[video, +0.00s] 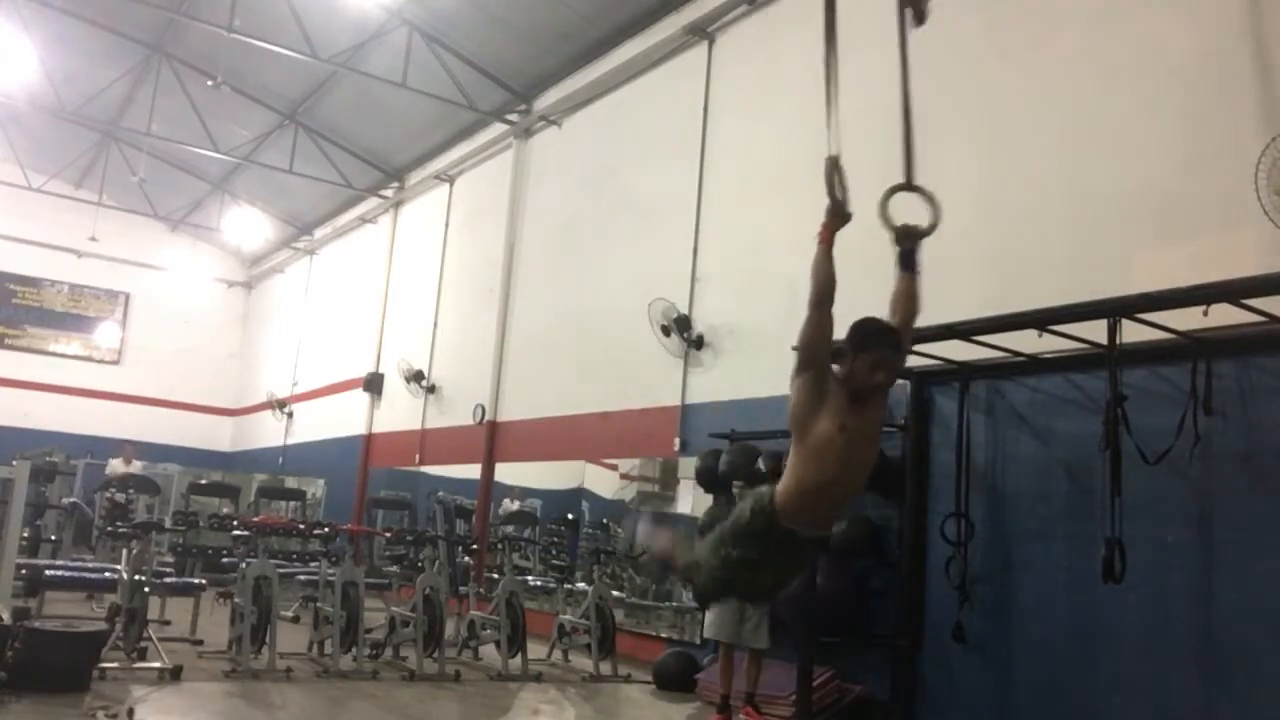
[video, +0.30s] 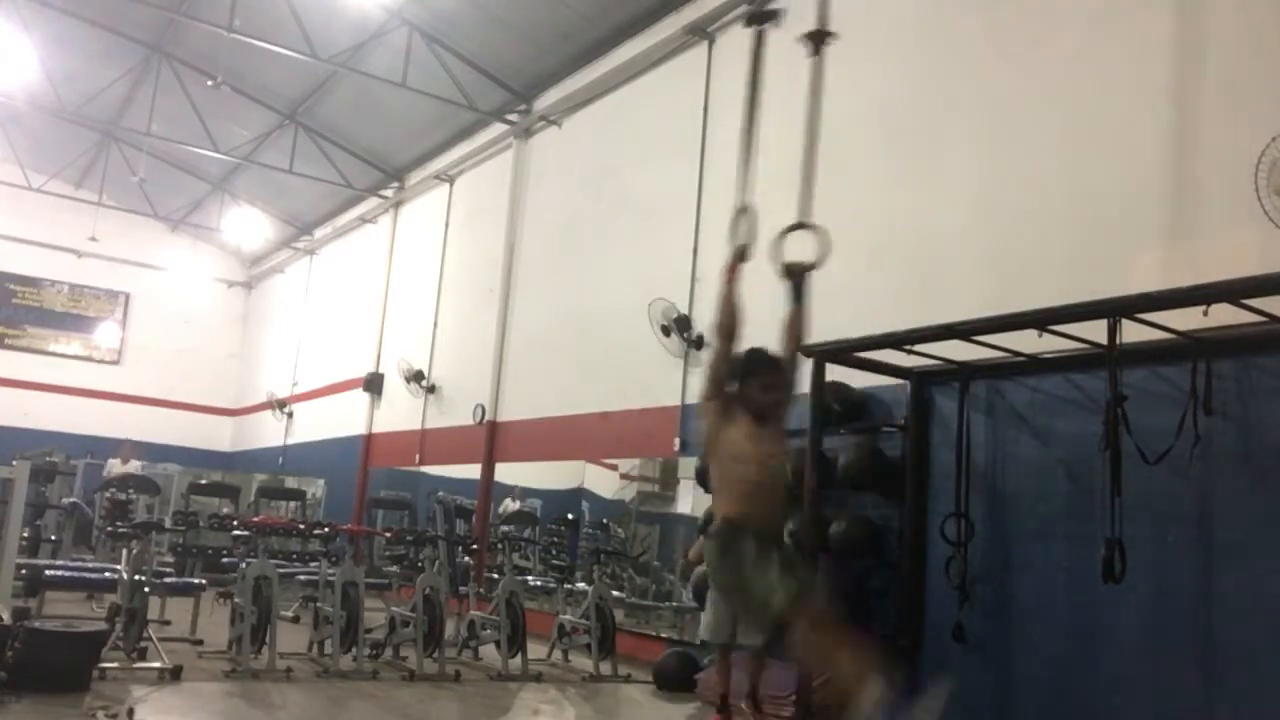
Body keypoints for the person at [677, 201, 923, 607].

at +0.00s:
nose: (882, 379)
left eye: (889, 370)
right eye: (873, 367)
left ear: (894, 370)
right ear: (848, 360)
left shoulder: (877, 395)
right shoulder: (816, 393)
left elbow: (903, 324)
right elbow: (820, 307)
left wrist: (908, 253)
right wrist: (827, 235)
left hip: (808, 541)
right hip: (767, 524)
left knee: (751, 593)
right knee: (704, 577)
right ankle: (654, 536)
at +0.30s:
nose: (772, 397)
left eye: (777, 389)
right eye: (764, 389)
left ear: (783, 389)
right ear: (742, 387)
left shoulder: (774, 421)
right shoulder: (722, 417)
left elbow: (791, 352)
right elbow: (725, 340)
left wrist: (798, 289)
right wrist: (731, 276)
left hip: (767, 541)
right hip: (730, 539)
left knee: (761, 634)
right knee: (726, 632)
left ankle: (752, 700)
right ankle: (723, 704)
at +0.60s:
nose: (682, 322)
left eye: (683, 319)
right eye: (673, 320)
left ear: (689, 325)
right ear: (659, 334)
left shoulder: (711, 350)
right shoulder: (673, 363)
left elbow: (768, 339)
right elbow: (648, 316)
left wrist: (766, 294)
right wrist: (659, 262)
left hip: (786, 359)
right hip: (751, 363)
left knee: (890, 338)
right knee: (816, 311)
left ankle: (908, 445)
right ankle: (856, 419)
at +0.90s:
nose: (773, 194)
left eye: (778, 187)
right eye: (768, 184)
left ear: (781, 186)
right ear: (749, 176)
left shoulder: (774, 221)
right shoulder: (712, 200)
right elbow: (650, 206)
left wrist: (797, 263)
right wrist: (686, 216)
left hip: (760, 314)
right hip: (729, 310)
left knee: (841, 322)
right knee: (806, 295)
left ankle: (918, 293)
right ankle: (895, 279)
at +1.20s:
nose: (818, 230)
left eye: (826, 226)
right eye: (814, 221)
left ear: (834, 220)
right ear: (799, 202)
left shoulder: (824, 233)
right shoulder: (761, 198)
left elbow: (816, 275)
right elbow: (705, 171)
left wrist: (809, 260)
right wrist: (707, 222)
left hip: (760, 314)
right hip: (721, 308)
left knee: (796, 384)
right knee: (764, 382)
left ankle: (810, 481)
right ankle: (761, 485)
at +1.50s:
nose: (848, 224)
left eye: (856, 218)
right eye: (845, 214)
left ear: (859, 210)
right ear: (827, 196)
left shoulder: (849, 229)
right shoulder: (788, 194)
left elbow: (840, 271)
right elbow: (724, 169)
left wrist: (842, 263)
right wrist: (734, 227)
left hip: (776, 319)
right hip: (737, 310)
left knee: (770, 417)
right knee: (740, 413)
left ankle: (748, 511)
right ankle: (709, 513)